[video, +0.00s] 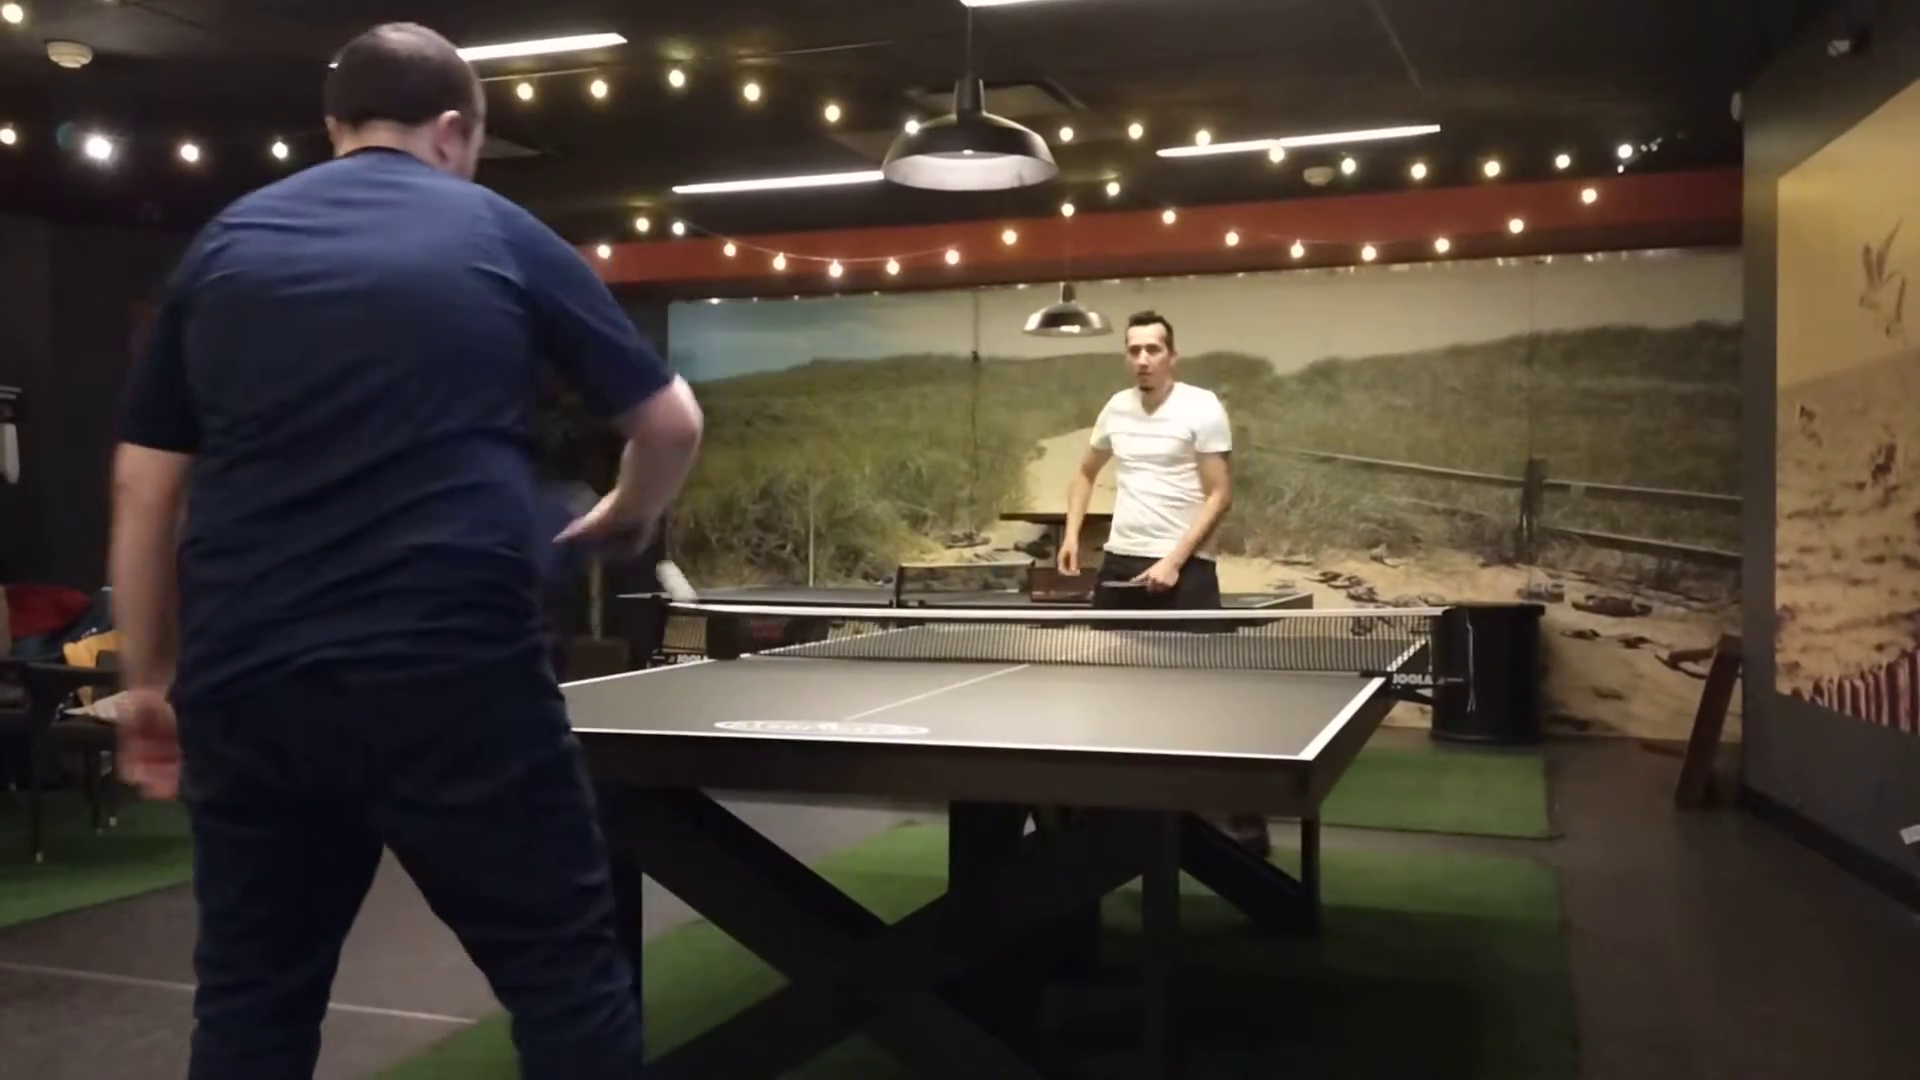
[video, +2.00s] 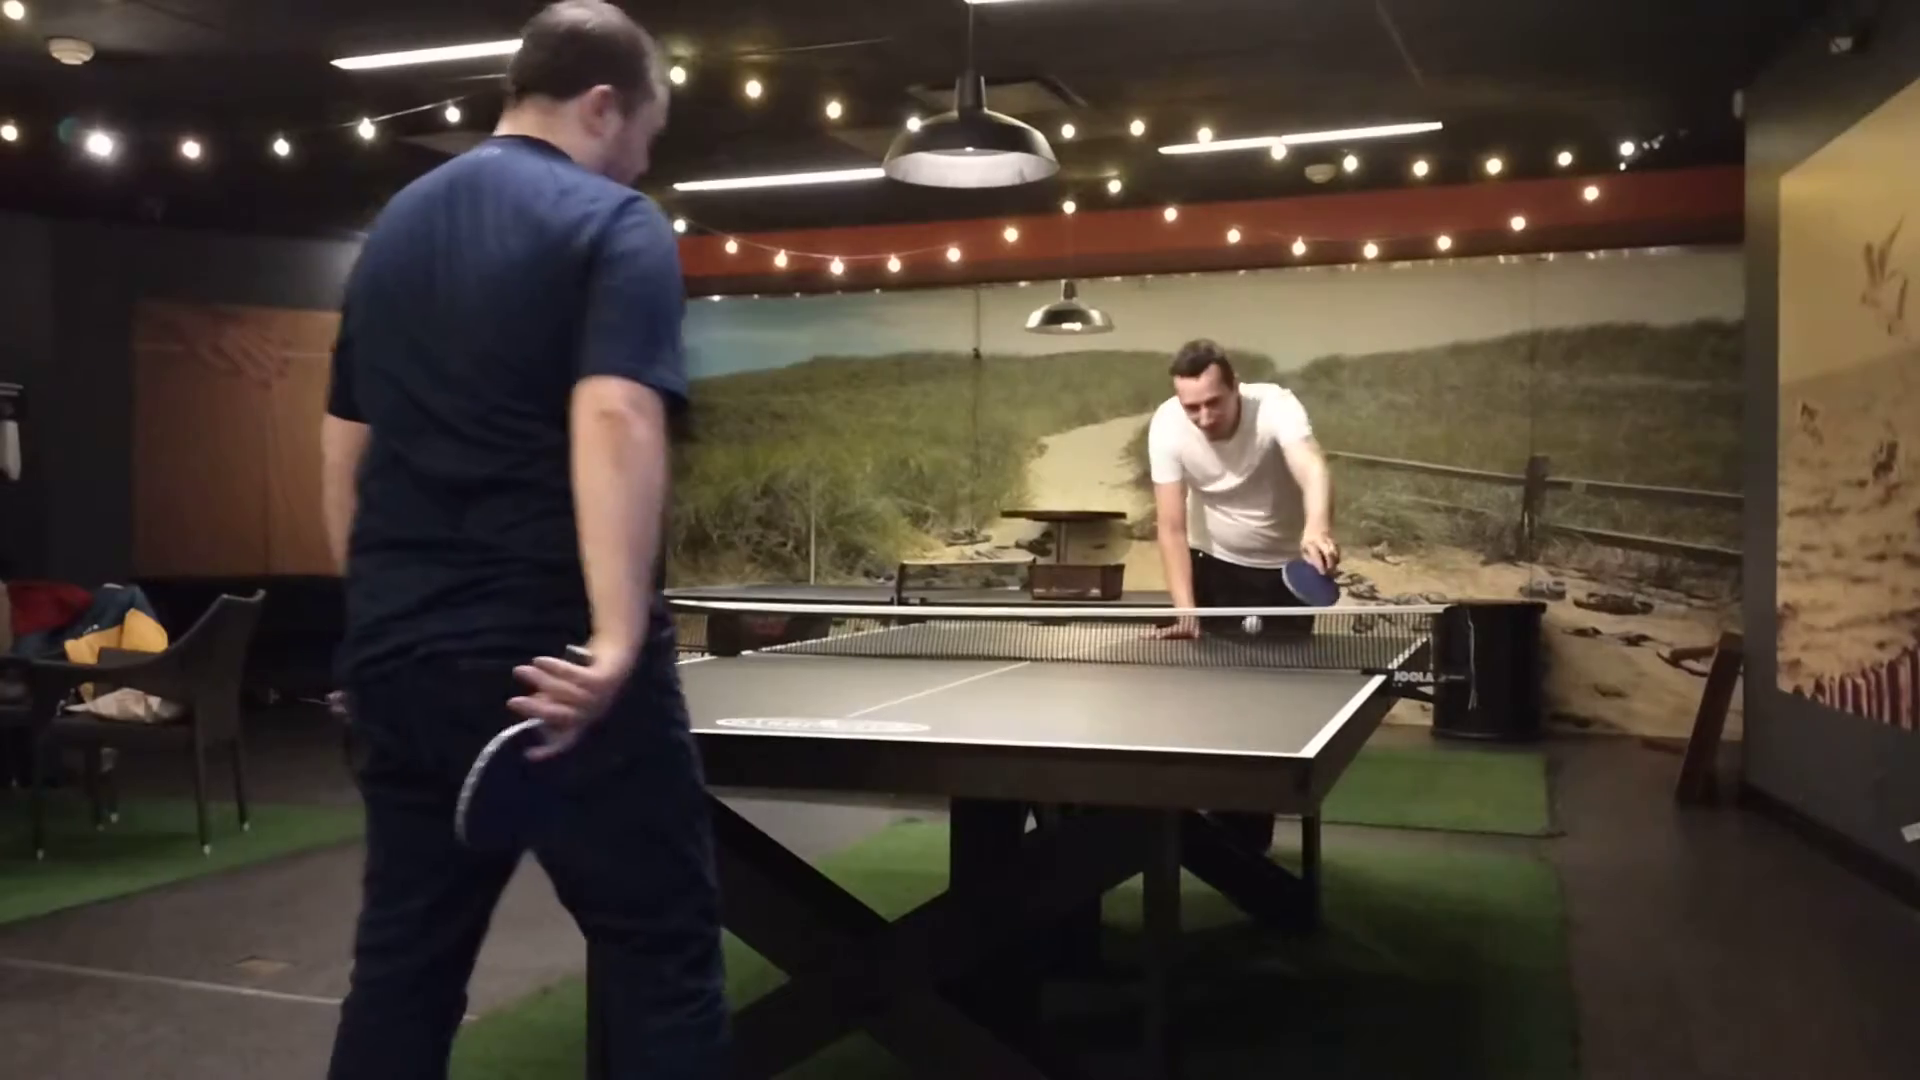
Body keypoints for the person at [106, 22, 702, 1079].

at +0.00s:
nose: (475, 161)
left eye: (475, 145)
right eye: (476, 141)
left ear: (334, 127)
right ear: (452, 132)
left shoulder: (226, 238)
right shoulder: (493, 227)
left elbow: (143, 476)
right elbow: (670, 422)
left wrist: (144, 676)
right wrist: (621, 518)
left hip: (252, 691)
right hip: (458, 678)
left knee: (247, 1005)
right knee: (567, 981)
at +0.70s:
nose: (623, 157)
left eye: (623, 141)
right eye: (624, 139)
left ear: (491, 126)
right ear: (602, 131)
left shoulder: (361, 242)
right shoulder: (645, 252)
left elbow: (269, 447)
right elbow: (707, 461)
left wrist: (262, 646)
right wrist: (702, 624)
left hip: (367, 685)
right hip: (567, 693)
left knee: (315, 1001)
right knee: (588, 1012)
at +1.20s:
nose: (690, 135)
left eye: (693, 118)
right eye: (691, 115)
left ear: (556, 110)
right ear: (670, 107)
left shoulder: (451, 219)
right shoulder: (696, 230)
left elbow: (368, 432)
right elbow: (736, 432)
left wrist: (406, 579)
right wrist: (754, 603)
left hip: (425, 647)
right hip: (604, 664)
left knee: (356, 947)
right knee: (617, 985)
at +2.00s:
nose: (642, 162)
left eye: (648, 136)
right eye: (646, 131)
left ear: (524, 99)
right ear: (605, 105)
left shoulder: (399, 221)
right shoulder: (614, 222)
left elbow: (349, 450)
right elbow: (614, 415)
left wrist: (368, 621)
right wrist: (618, 637)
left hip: (406, 655)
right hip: (571, 659)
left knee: (402, 973)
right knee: (661, 965)